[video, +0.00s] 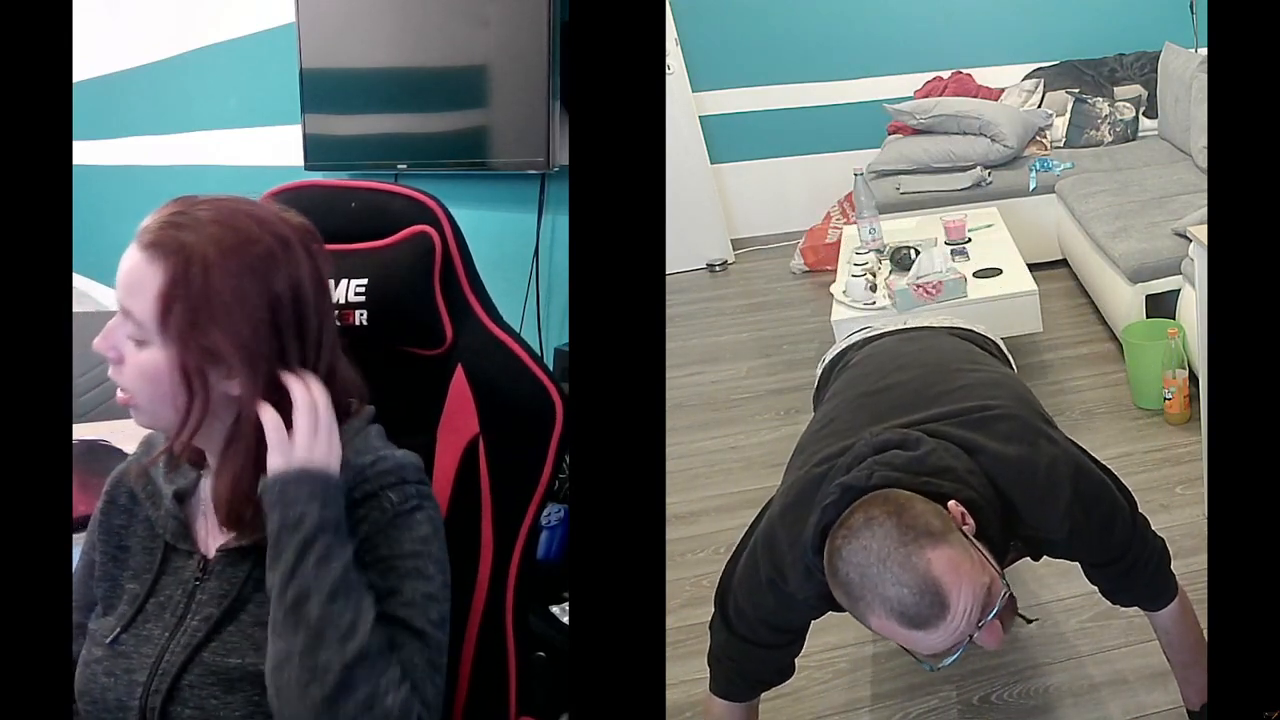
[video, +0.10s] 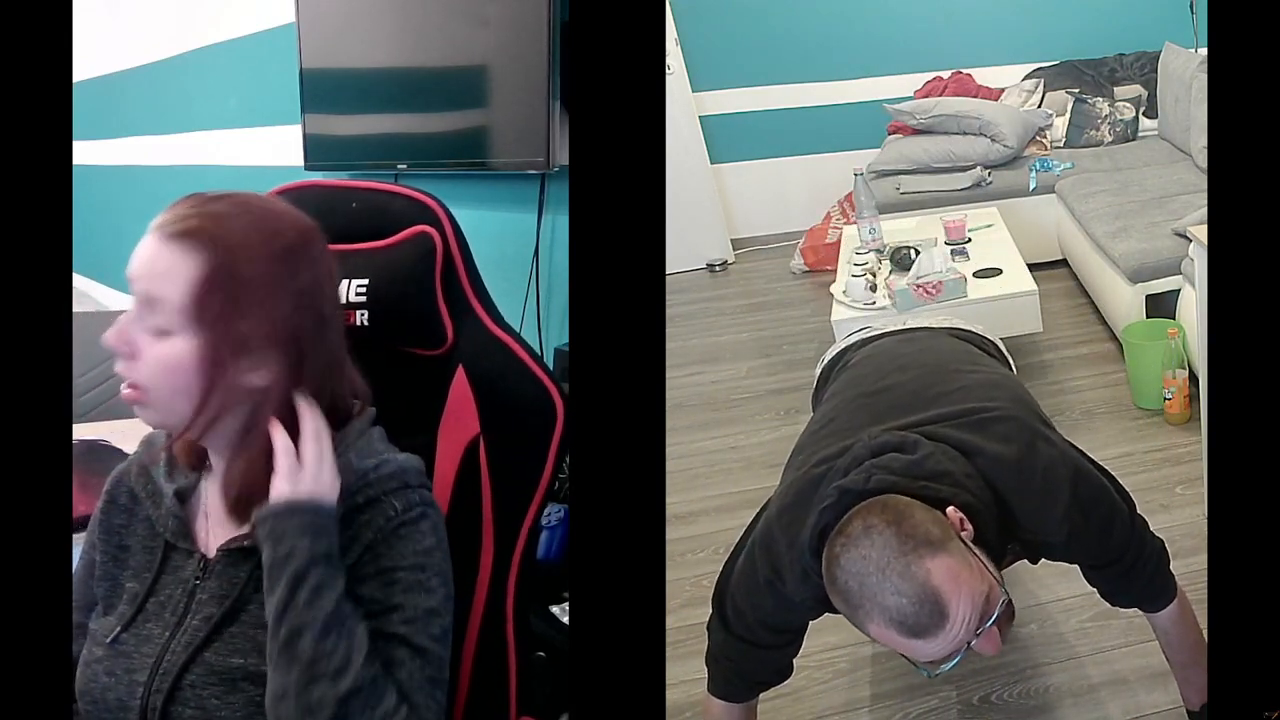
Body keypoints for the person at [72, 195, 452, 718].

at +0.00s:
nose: (101, 346)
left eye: (137, 335)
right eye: (117, 317)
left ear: (234, 372)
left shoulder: (383, 499)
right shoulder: (135, 488)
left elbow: (370, 712)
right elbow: (76, 660)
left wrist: (303, 508)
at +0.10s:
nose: (114, 339)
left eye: (156, 326)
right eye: (130, 309)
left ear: (255, 361)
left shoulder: (387, 506)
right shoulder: (136, 488)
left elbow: (380, 716)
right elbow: (75, 658)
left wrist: (298, 539)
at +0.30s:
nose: (268, 328)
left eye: (297, 301)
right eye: (231, 302)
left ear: (333, 331)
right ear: (173, 339)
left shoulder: (391, 514)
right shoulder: (130, 491)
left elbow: (410, 710)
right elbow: (77, 660)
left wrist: (299, 595)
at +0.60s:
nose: (316, 346)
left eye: (332, 312)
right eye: (273, 316)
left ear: (350, 328)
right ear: (188, 343)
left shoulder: (393, 522)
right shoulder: (121, 495)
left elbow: (421, 708)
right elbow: (80, 677)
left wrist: (311, 626)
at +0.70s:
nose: (317, 351)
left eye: (333, 316)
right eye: (273, 319)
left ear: (350, 332)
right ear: (187, 343)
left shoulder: (391, 520)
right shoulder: (121, 493)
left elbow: (421, 708)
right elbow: (81, 677)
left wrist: (311, 629)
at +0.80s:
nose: (316, 352)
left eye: (332, 317)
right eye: (273, 320)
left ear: (349, 332)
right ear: (187, 343)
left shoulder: (391, 520)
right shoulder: (121, 494)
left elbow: (419, 708)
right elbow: (81, 678)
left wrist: (309, 631)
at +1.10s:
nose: (313, 346)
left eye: (330, 313)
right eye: (271, 315)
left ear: (347, 329)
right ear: (186, 338)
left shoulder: (389, 539)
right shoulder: (120, 499)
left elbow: (407, 708)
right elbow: (80, 688)